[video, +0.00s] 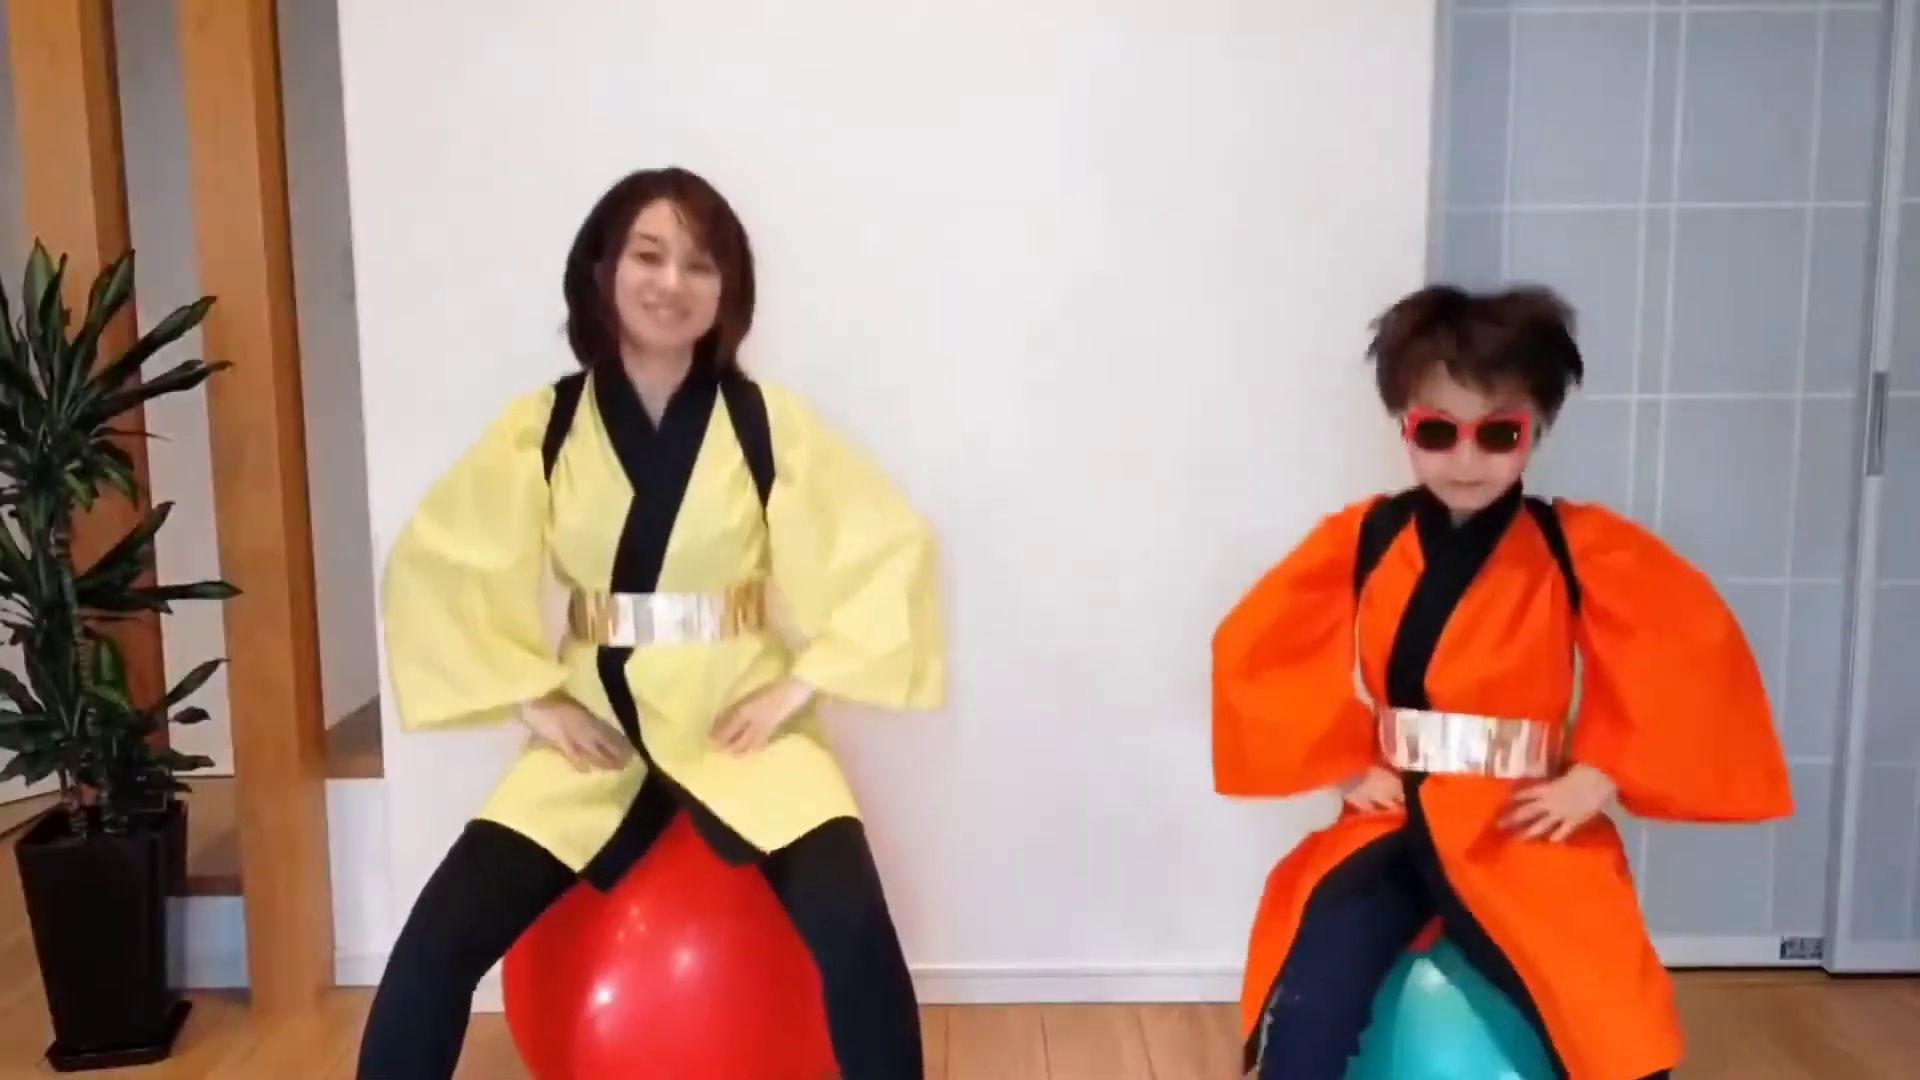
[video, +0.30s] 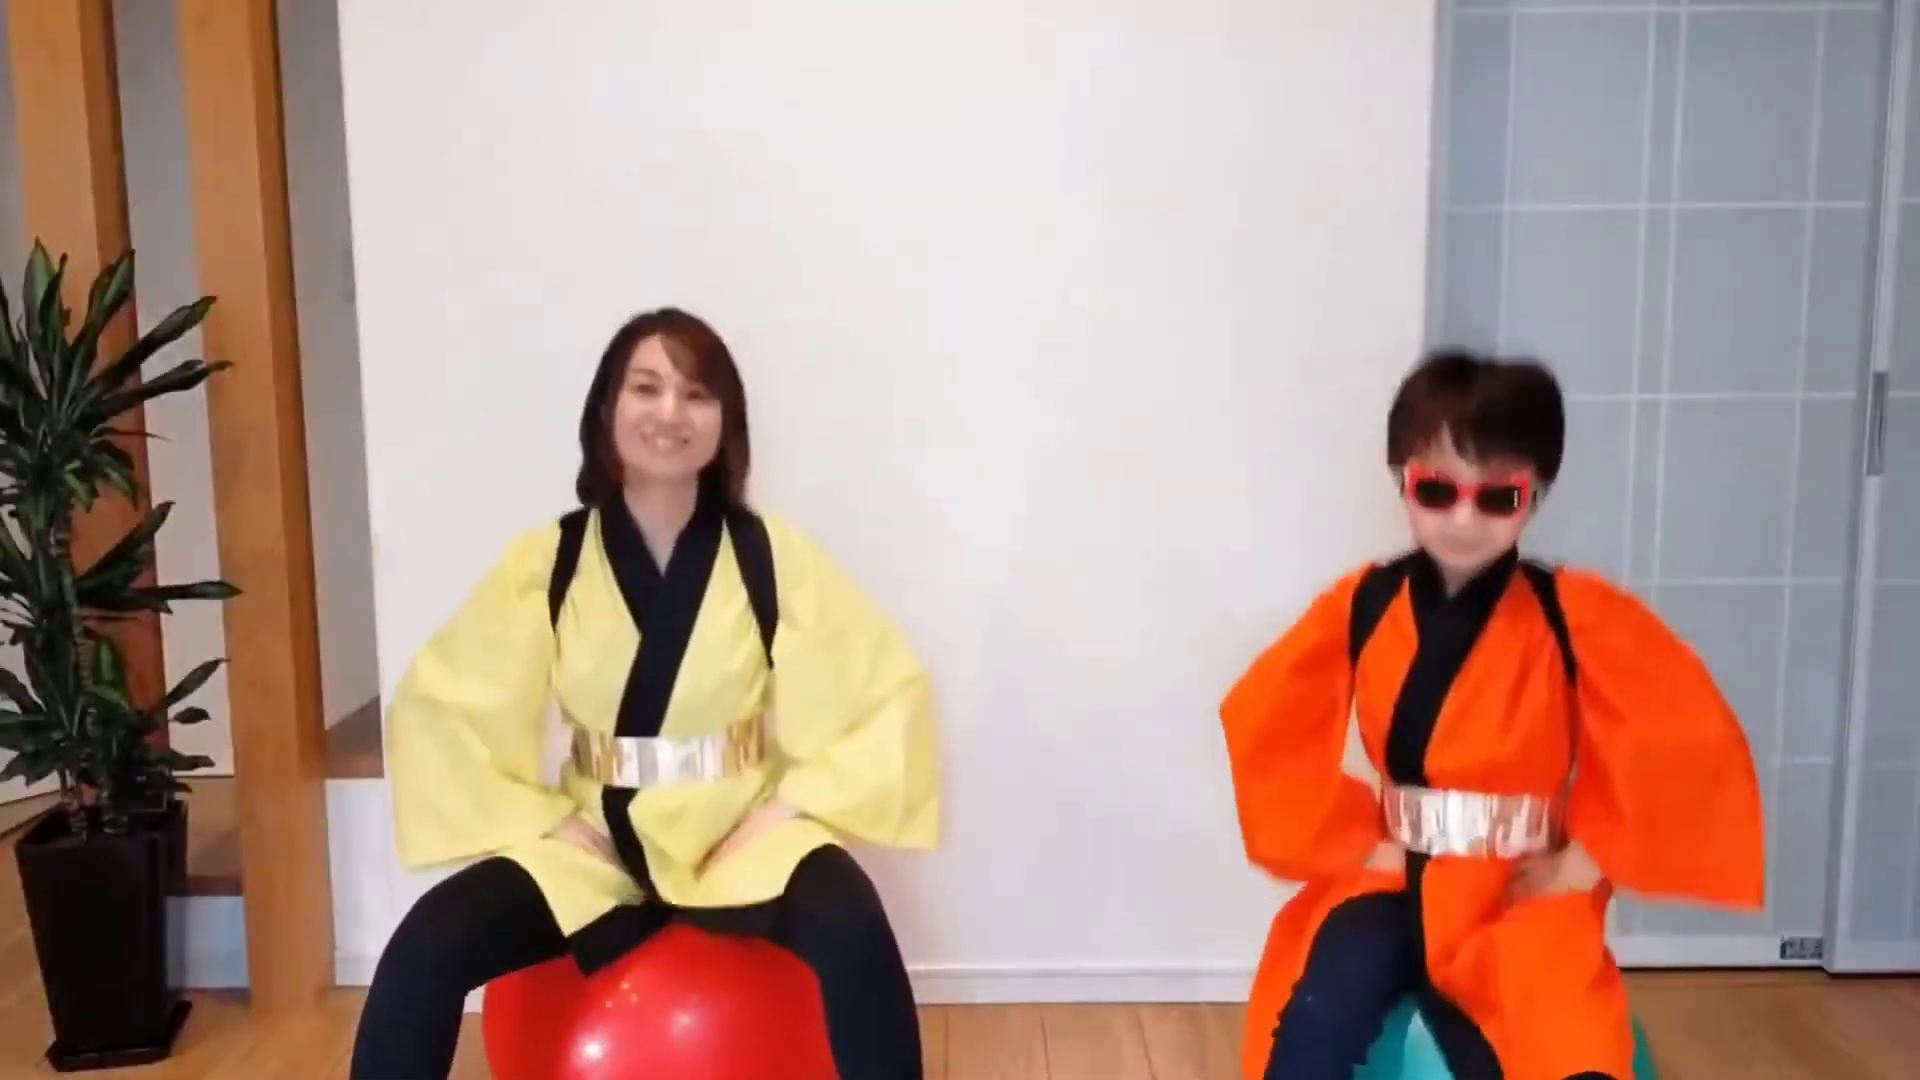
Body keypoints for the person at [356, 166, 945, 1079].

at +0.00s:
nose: (669, 282)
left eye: (697, 264)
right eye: (646, 255)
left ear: (727, 290)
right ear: (602, 273)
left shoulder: (769, 425)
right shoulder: (541, 427)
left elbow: (891, 551)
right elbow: (432, 567)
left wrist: (801, 682)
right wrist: (536, 698)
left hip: (752, 733)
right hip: (590, 736)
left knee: (856, 927)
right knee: (434, 945)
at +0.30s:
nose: (669, 413)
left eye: (695, 395)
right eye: (645, 389)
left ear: (726, 421)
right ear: (606, 410)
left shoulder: (772, 557)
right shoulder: (549, 560)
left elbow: (890, 693)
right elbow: (433, 709)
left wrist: (787, 806)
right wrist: (540, 817)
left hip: (742, 848)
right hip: (590, 851)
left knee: (848, 916)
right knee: (429, 940)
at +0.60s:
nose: (662, 293)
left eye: (691, 274)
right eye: (639, 266)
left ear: (724, 299)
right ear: (598, 282)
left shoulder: (769, 429)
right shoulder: (533, 430)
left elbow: (884, 571)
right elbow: (424, 564)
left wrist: (779, 691)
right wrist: (517, 695)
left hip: (745, 734)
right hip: (580, 737)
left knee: (853, 935)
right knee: (423, 944)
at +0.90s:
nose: (654, 383)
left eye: (681, 365)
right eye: (629, 360)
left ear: (715, 394)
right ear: (594, 385)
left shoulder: (763, 535)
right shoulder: (540, 537)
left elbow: (879, 676)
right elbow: (427, 687)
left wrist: (780, 788)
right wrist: (535, 801)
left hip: (735, 830)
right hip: (583, 833)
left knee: (837, 915)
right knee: (423, 941)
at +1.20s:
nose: (650, 322)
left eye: (679, 303)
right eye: (627, 295)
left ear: (714, 328)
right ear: (587, 311)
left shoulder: (759, 458)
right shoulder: (526, 460)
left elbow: (878, 588)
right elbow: (420, 600)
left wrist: (785, 702)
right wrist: (520, 720)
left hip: (739, 755)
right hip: (579, 760)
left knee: (850, 934)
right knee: (422, 943)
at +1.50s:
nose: (651, 339)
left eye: (678, 319)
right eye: (626, 314)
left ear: (711, 344)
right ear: (590, 333)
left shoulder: (763, 486)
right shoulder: (533, 489)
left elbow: (865, 639)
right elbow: (429, 646)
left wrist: (773, 753)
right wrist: (537, 765)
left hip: (737, 785)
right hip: (581, 791)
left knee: (841, 931)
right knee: (420, 949)